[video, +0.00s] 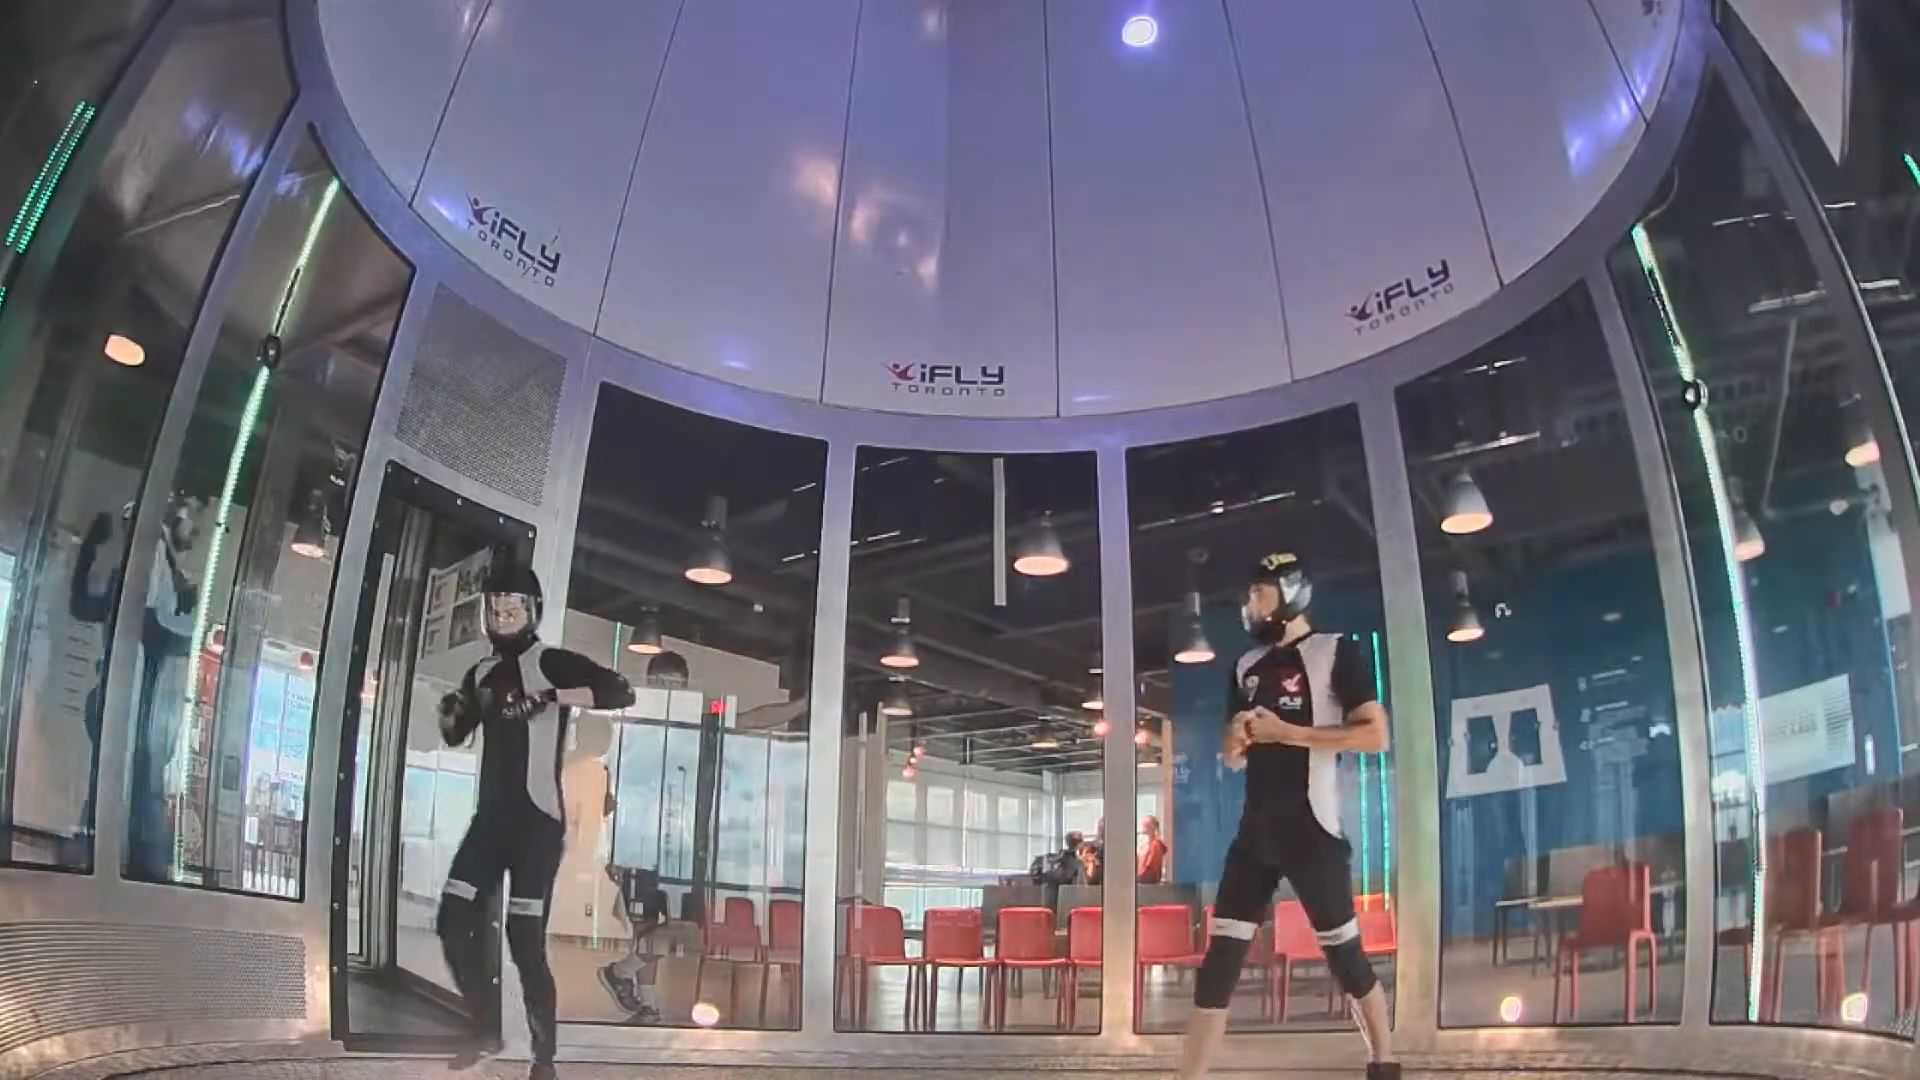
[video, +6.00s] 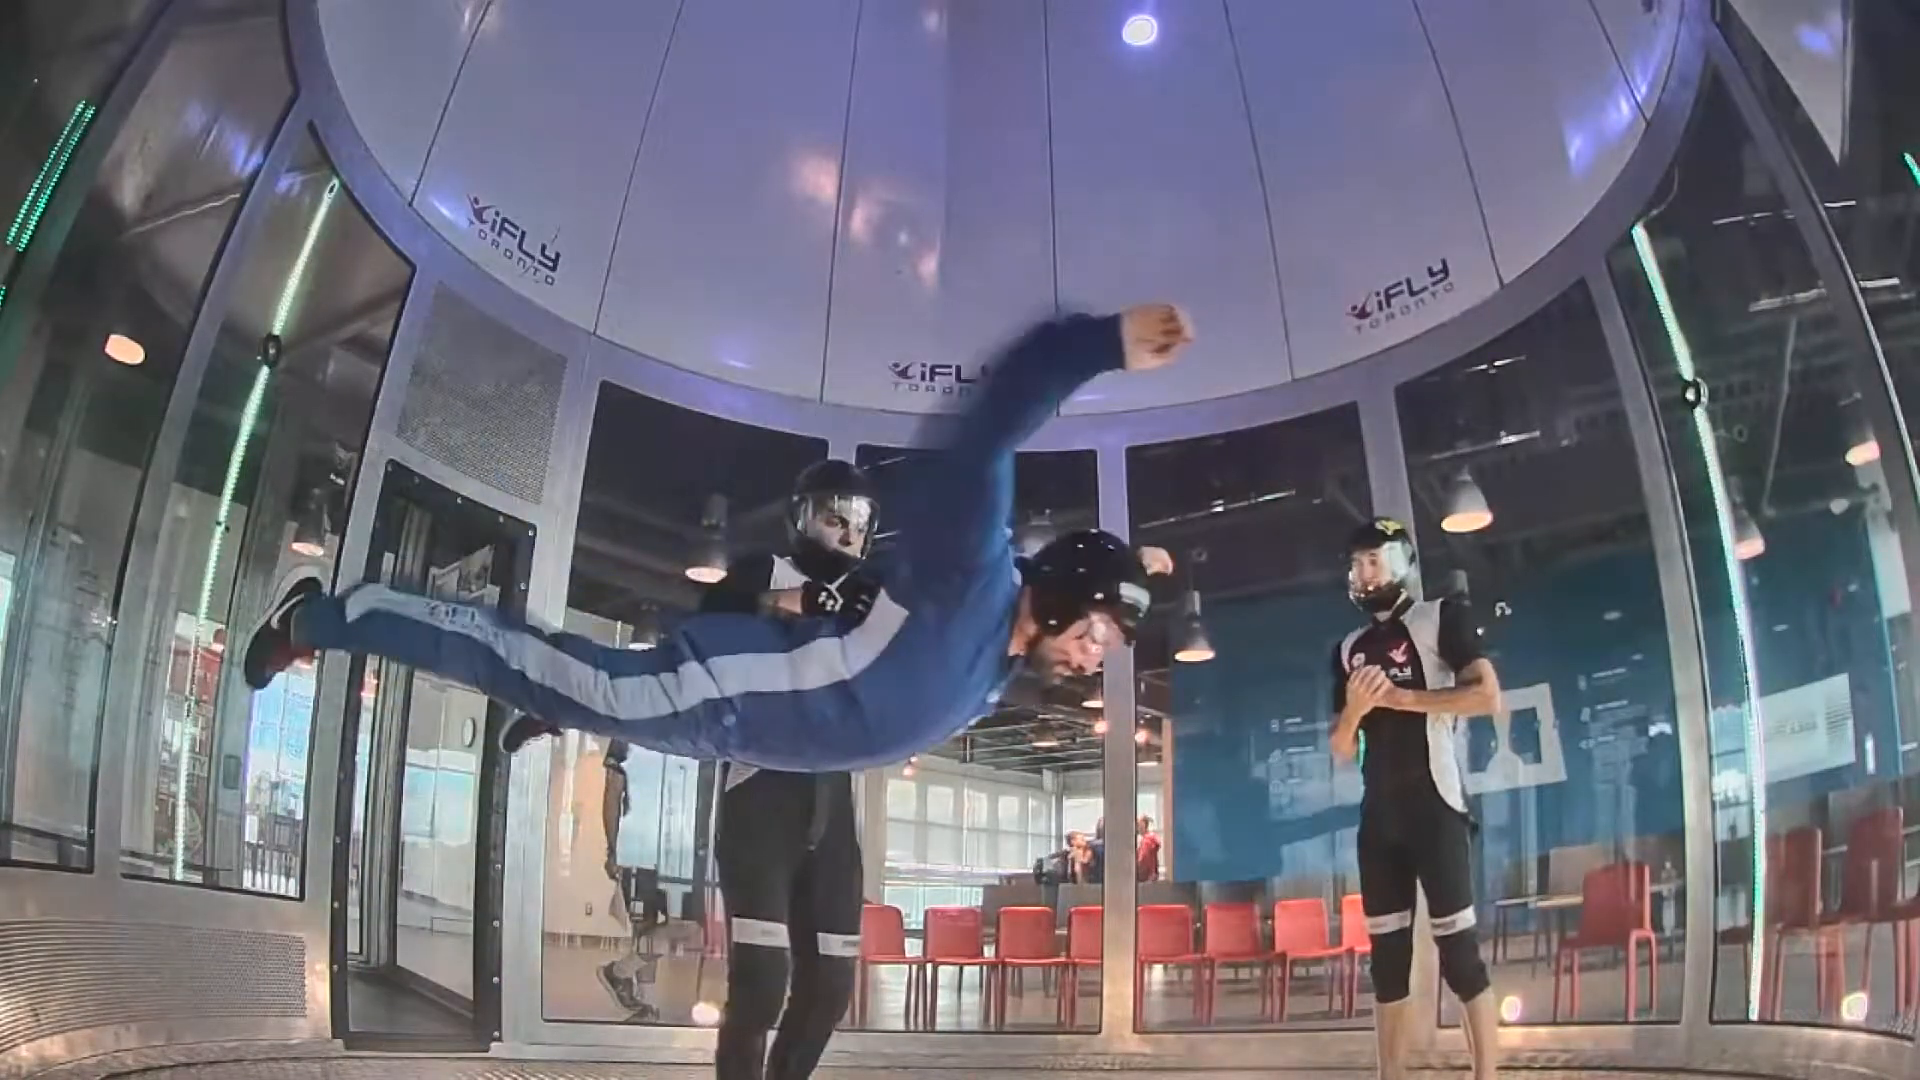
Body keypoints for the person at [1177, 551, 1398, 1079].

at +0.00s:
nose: (1252, 602)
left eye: (1262, 591)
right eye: (1252, 592)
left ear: (1292, 595)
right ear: (1256, 599)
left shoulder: (1338, 652)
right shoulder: (1245, 667)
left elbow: (1375, 735)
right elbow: (1230, 756)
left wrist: (1289, 732)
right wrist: (1236, 741)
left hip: (1315, 828)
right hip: (1257, 828)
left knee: (1346, 960)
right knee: (1221, 957)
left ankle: (1383, 1062)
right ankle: (1188, 1076)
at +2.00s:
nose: (1324, 550)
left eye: (1333, 541)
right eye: (1313, 544)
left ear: (1352, 556)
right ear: (1301, 563)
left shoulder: (1396, 620)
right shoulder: (1299, 631)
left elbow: (1422, 597)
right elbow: (1287, 606)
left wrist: (1369, 497)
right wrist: (1314, 500)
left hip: (1396, 815)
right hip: (1323, 819)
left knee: (1406, 977)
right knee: (1313, 979)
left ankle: (1437, 1074)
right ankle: (1304, 1077)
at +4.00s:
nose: (1376, 586)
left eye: (1384, 572)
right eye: (1369, 576)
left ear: (1416, 566)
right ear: (1367, 582)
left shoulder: (1464, 617)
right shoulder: (1379, 645)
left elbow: (1497, 705)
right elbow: (1365, 747)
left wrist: (1412, 700)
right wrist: (1370, 716)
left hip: (1458, 804)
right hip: (1401, 806)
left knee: (1467, 947)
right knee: (1400, 950)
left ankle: (1487, 1075)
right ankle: (1394, 1075)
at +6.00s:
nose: (1362, 574)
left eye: (1373, 562)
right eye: (1356, 564)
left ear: (1403, 564)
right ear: (1352, 573)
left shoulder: (1441, 616)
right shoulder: (1349, 649)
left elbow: (1489, 695)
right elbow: (1340, 753)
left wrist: (1404, 697)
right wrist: (1351, 712)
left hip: (1438, 806)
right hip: (1379, 812)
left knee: (1456, 949)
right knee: (1387, 954)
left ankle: (1486, 1074)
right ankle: (1389, 1076)